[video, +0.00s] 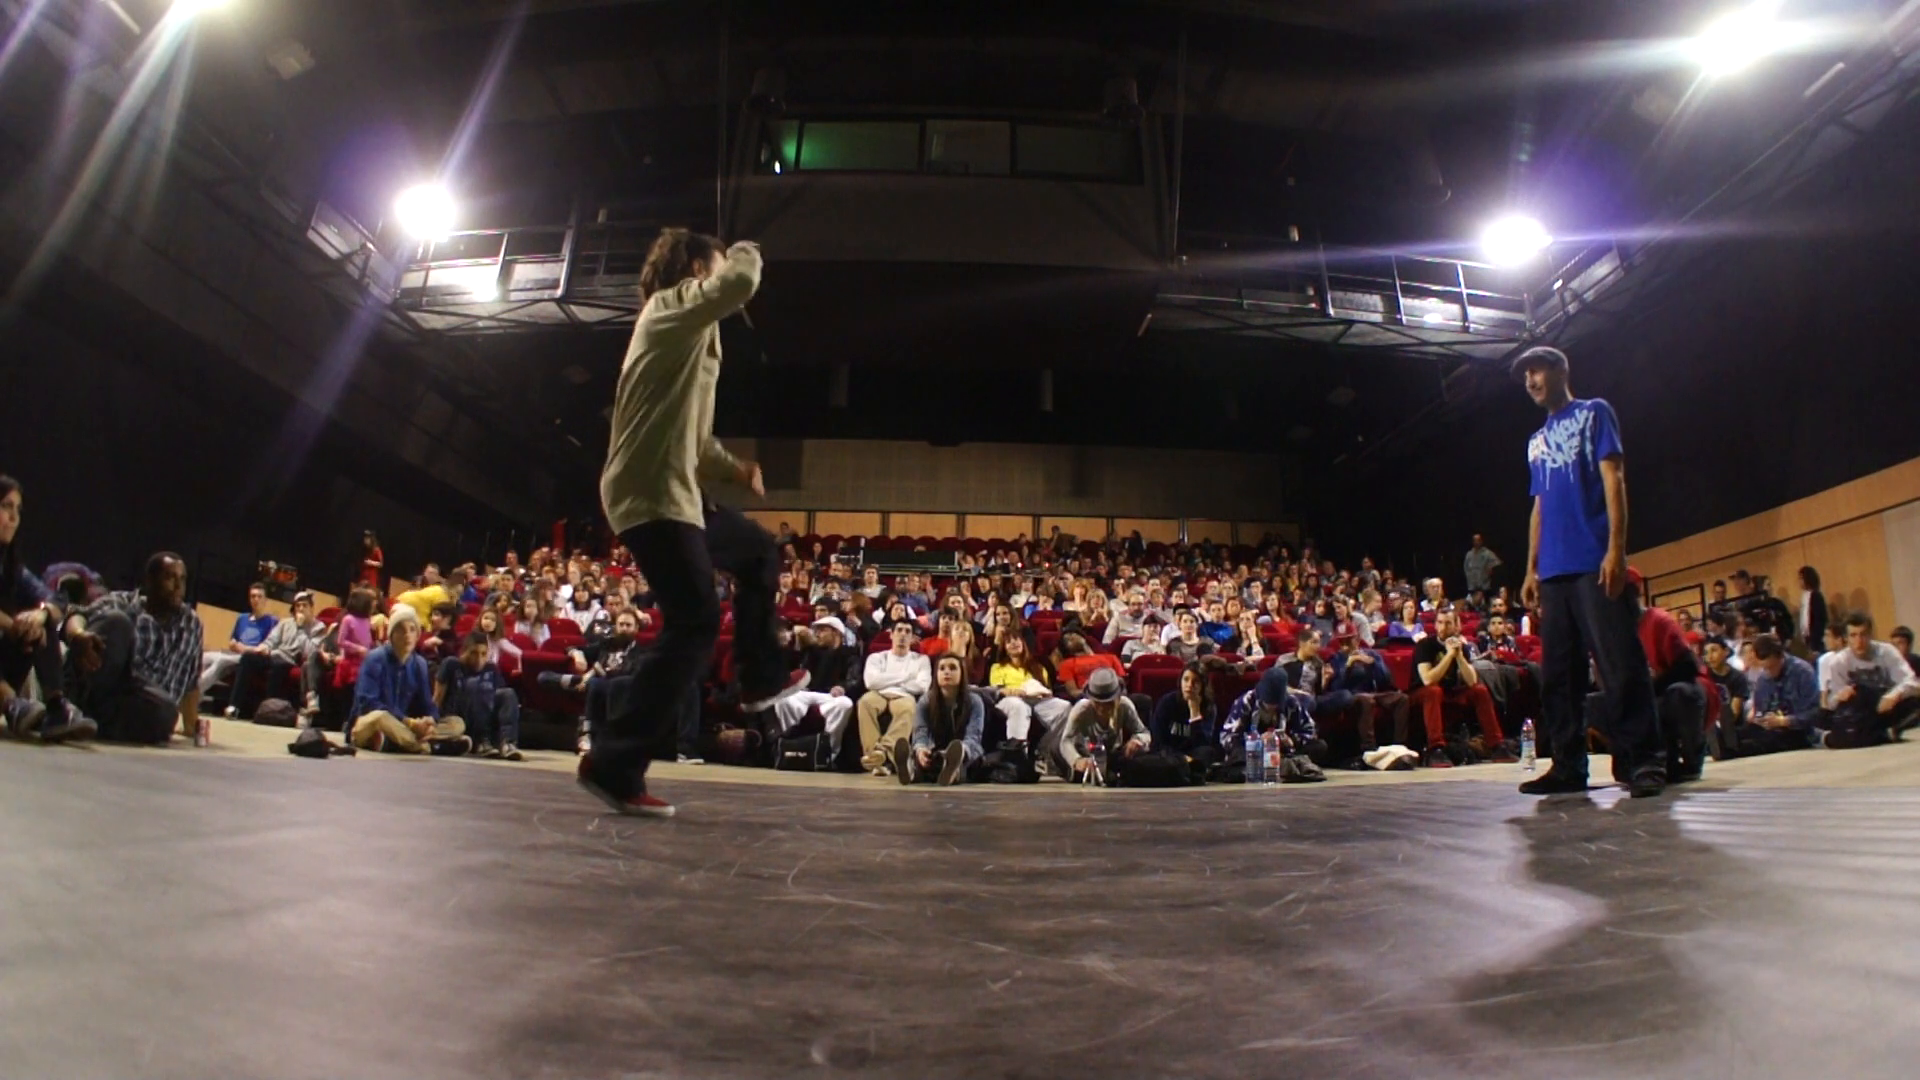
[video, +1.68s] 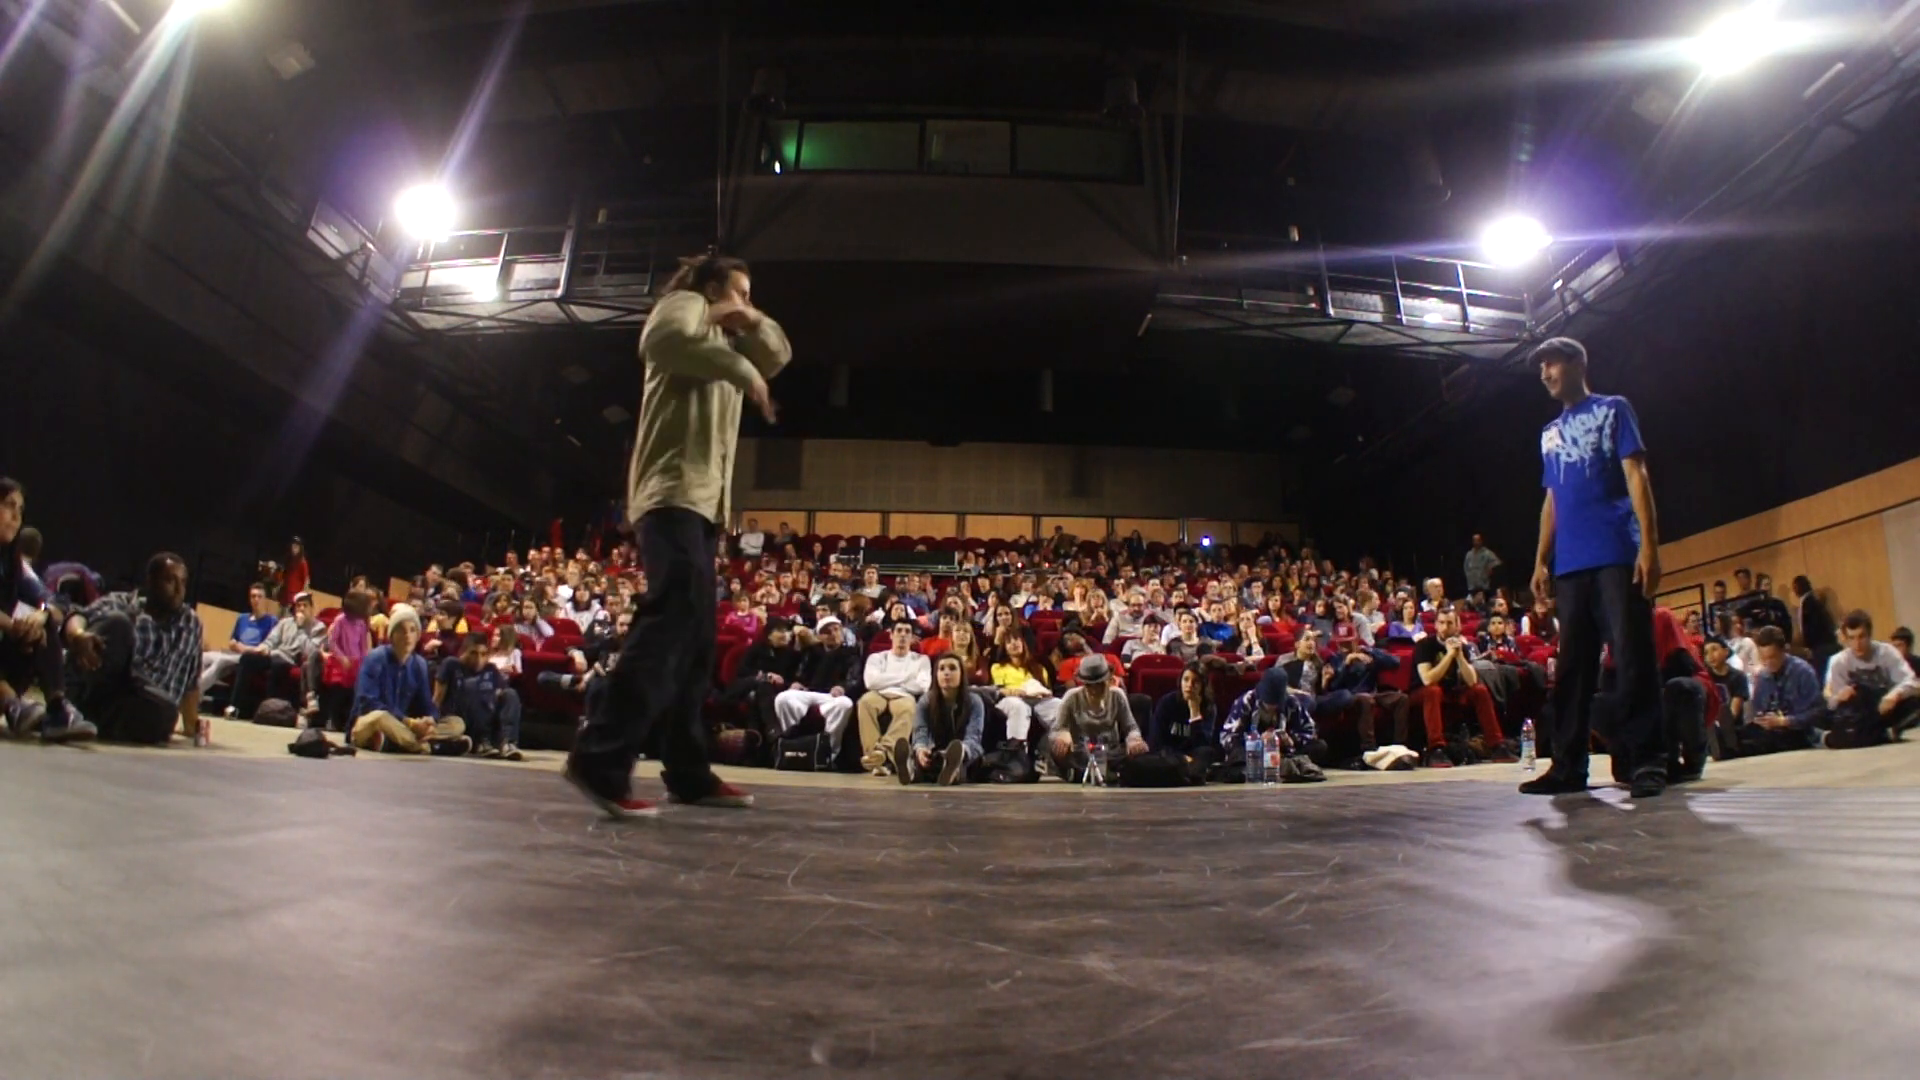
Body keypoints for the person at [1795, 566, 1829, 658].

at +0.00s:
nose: (1800, 581)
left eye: (1802, 578)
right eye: (1800, 578)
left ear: (1808, 579)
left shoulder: (1816, 596)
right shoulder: (1804, 595)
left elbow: (1819, 620)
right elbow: (1803, 616)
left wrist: (1814, 641)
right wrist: (1801, 635)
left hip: (1813, 640)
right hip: (1804, 639)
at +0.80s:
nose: (1805, 584)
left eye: (1807, 580)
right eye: (1805, 580)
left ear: (1814, 581)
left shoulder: (1821, 598)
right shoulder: (1811, 598)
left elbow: (1822, 623)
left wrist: (1814, 644)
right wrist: (1810, 639)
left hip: (1823, 644)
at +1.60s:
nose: (1796, 591)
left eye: (1797, 588)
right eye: (1796, 588)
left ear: (1801, 588)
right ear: (1808, 584)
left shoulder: (1810, 603)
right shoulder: (1818, 598)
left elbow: (1812, 626)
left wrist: (1810, 645)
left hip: (1821, 647)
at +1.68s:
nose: (1793, 590)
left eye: (1794, 587)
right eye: (1793, 587)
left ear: (1799, 587)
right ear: (1806, 585)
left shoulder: (1807, 603)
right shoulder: (1813, 599)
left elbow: (1808, 627)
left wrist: (1807, 645)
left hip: (1819, 647)